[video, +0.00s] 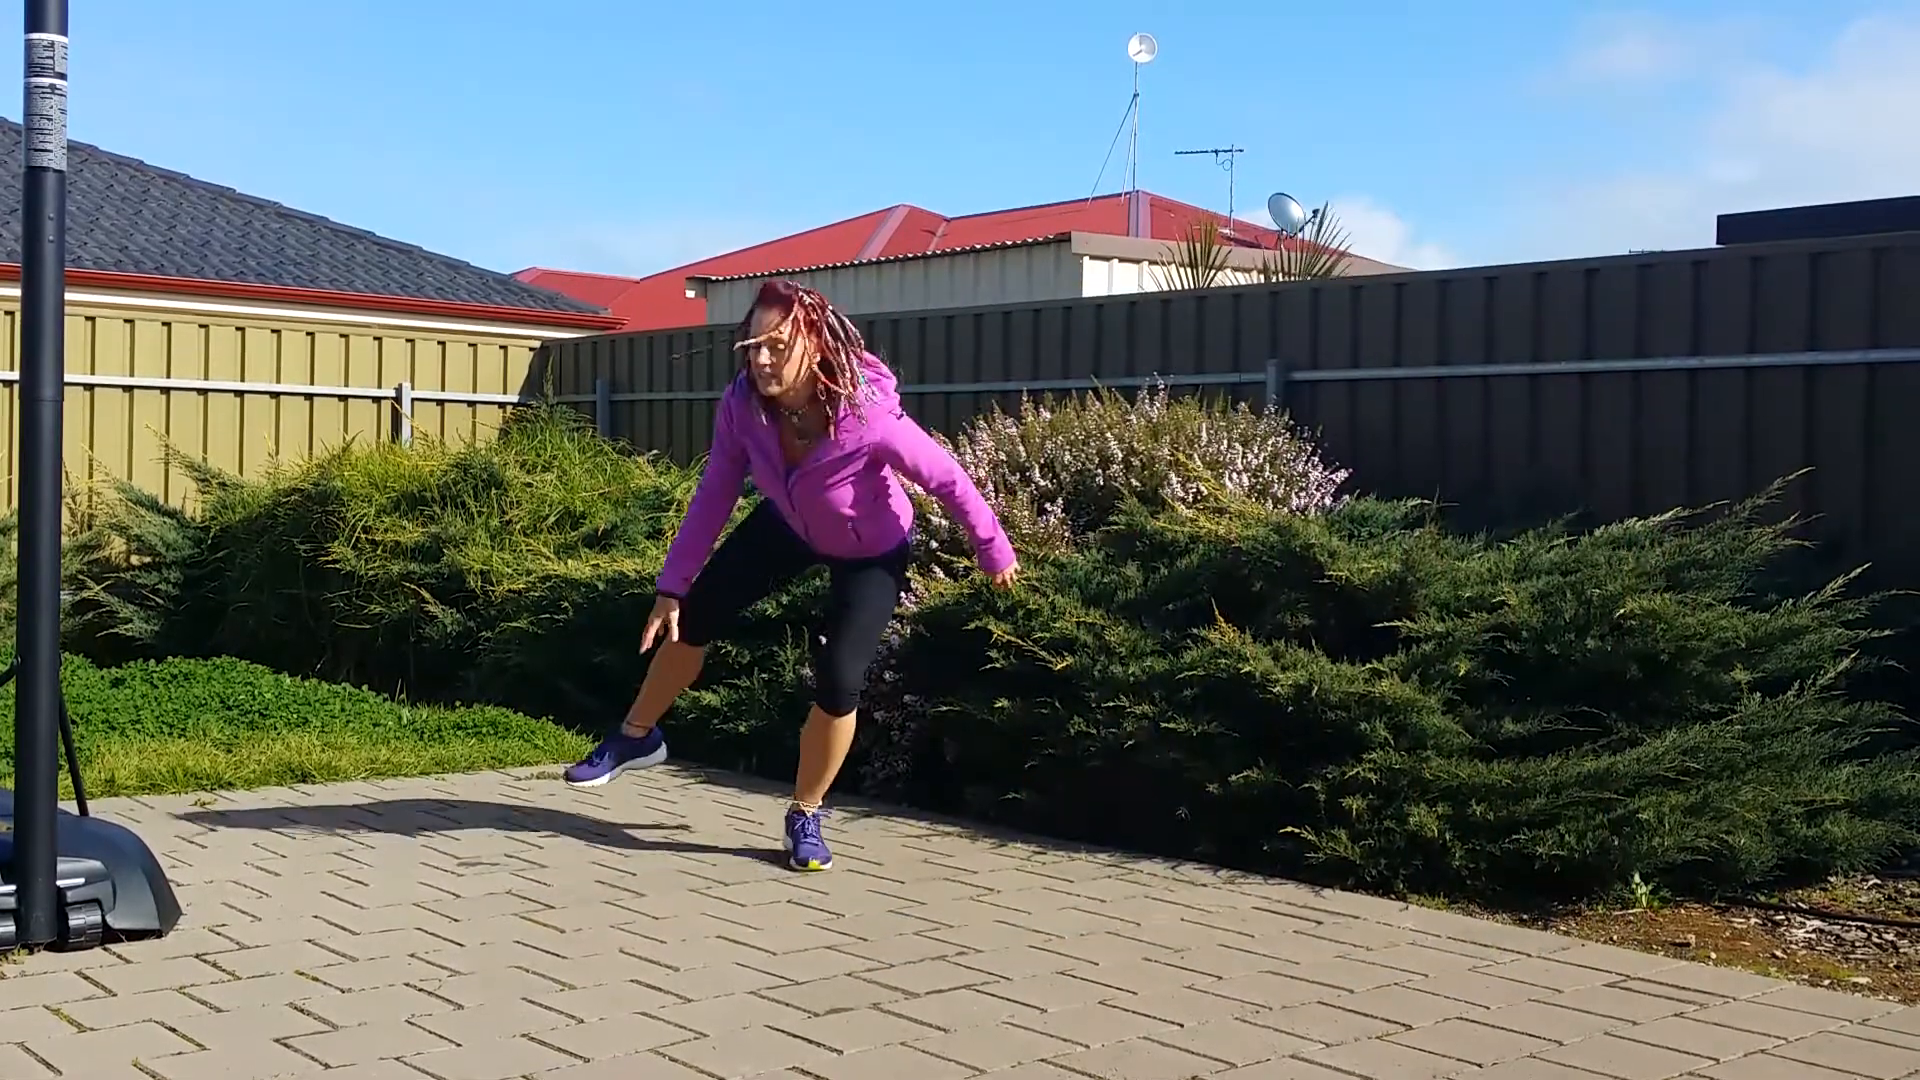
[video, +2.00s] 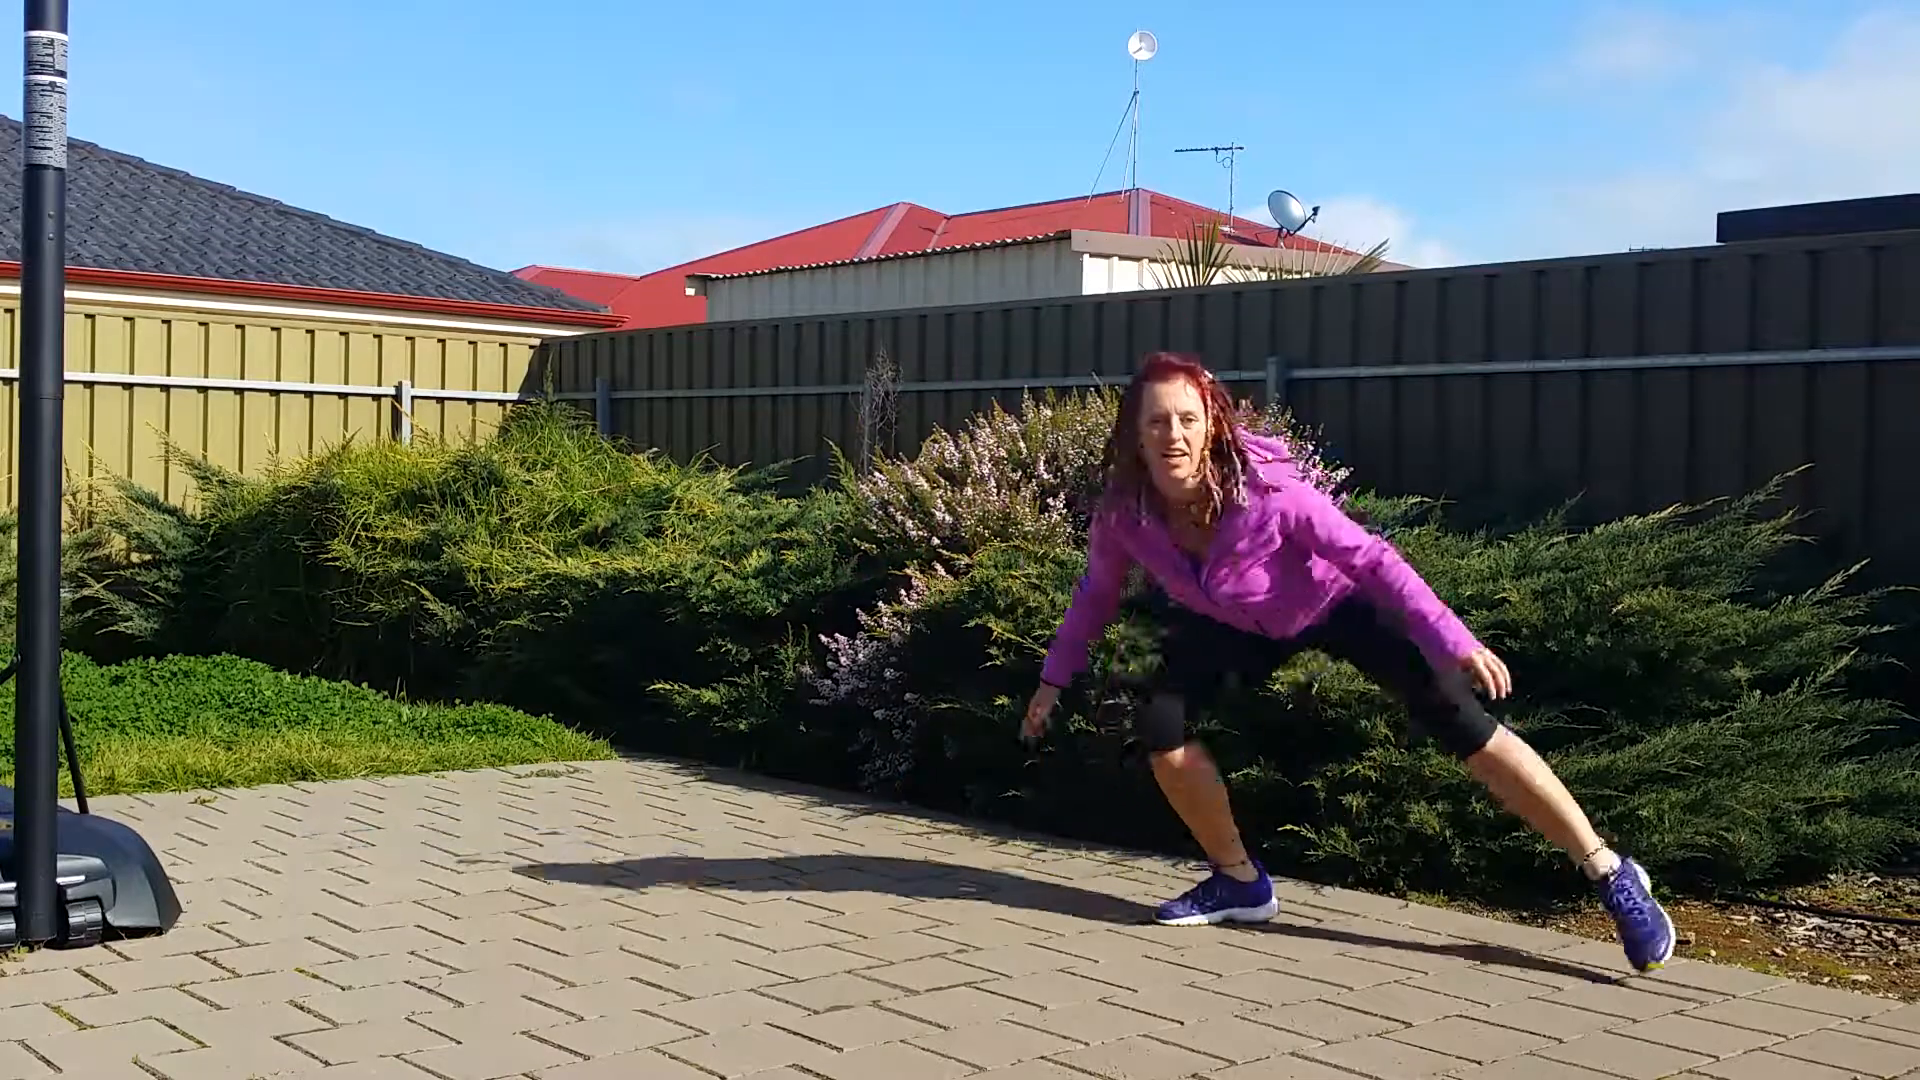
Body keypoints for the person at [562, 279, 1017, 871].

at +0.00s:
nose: (760, 360)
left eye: (775, 345)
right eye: (752, 346)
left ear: (814, 346)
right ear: (743, 348)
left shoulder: (866, 412)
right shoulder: (741, 407)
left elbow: (946, 476)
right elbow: (711, 496)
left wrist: (993, 543)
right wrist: (671, 586)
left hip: (870, 545)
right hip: (788, 523)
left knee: (841, 680)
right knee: (692, 613)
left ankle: (805, 814)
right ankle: (634, 734)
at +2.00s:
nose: (1174, 434)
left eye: (1188, 419)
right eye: (1157, 422)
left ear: (1216, 427)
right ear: (1131, 436)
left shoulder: (1268, 487)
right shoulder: (1124, 515)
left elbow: (1372, 557)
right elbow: (1092, 601)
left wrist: (1457, 644)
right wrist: (1052, 680)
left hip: (1334, 600)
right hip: (1229, 620)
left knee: (1465, 727)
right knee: (1163, 730)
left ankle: (1609, 873)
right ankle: (1238, 881)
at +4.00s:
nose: (725, 368)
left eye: (739, 359)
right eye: (723, 354)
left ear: (781, 362)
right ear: (721, 352)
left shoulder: (845, 414)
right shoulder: (720, 405)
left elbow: (931, 467)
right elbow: (690, 491)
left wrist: (1014, 520)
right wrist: (638, 576)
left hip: (864, 513)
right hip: (779, 499)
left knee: (827, 662)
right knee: (710, 611)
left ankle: (774, 794)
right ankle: (670, 750)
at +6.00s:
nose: (1350, 541)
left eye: (1365, 523)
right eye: (1333, 525)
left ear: (1393, 523)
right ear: (1308, 527)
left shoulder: (1444, 587)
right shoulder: (1293, 554)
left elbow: (1489, 735)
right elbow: (1255, 600)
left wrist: (1519, 872)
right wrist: (1237, 667)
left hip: (1501, 623)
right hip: (1394, 639)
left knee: (1596, 769)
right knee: (1284, 723)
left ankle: (1714, 930)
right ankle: (1328, 897)